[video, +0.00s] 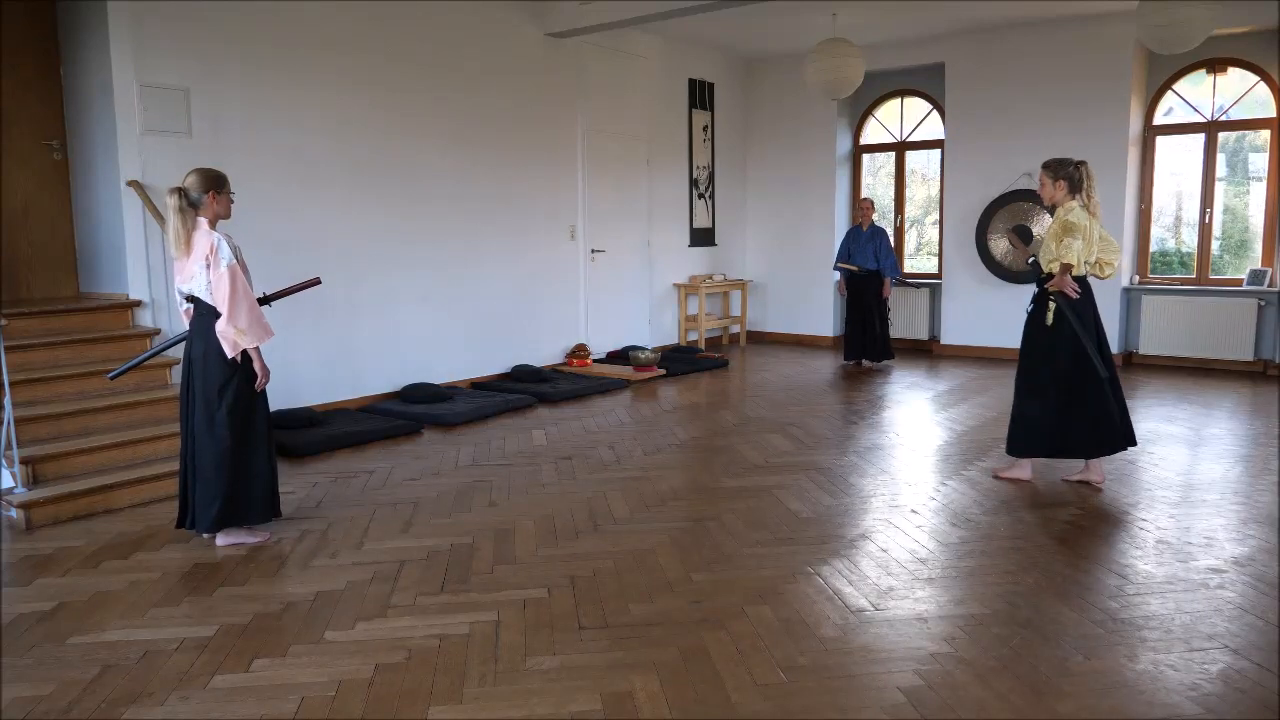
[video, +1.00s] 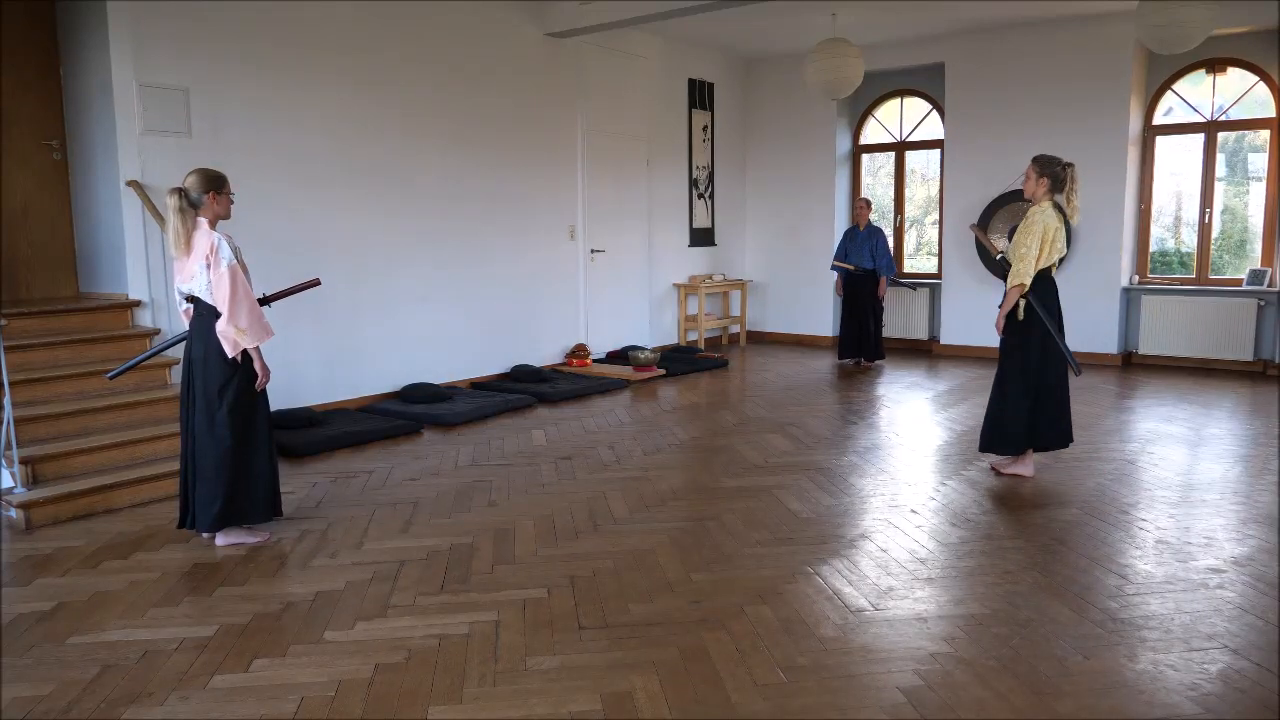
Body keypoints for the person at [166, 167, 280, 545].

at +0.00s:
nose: (232, 201)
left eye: (231, 194)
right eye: (229, 195)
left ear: (202, 199)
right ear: (212, 198)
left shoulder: (184, 241)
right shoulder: (218, 242)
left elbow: (186, 303)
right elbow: (234, 304)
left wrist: (204, 333)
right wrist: (255, 352)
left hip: (200, 343)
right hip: (225, 344)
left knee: (211, 432)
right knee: (232, 433)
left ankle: (216, 521)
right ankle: (231, 526)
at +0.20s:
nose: (233, 201)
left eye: (231, 194)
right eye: (229, 194)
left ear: (203, 199)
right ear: (212, 198)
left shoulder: (185, 241)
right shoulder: (218, 242)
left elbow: (187, 303)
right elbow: (235, 304)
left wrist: (204, 333)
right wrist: (256, 352)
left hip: (200, 343)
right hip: (225, 345)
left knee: (210, 432)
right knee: (232, 433)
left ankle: (215, 521)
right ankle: (230, 526)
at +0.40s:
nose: (233, 201)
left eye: (231, 195)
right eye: (229, 195)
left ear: (203, 199)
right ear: (212, 199)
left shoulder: (184, 242)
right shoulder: (219, 243)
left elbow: (186, 305)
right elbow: (235, 305)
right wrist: (256, 352)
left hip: (200, 344)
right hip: (225, 345)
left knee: (210, 432)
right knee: (232, 433)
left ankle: (214, 521)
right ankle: (230, 526)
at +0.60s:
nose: (233, 201)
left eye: (231, 194)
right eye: (229, 194)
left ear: (203, 199)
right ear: (212, 198)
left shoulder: (185, 242)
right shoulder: (218, 242)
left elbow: (186, 304)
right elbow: (235, 304)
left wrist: (209, 330)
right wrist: (255, 352)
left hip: (200, 344)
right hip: (225, 345)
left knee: (210, 432)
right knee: (233, 433)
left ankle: (212, 522)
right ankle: (231, 526)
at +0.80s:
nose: (233, 201)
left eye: (231, 195)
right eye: (229, 195)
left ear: (203, 199)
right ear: (212, 199)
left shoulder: (184, 242)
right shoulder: (219, 243)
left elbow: (186, 305)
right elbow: (235, 304)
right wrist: (256, 352)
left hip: (200, 344)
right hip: (225, 345)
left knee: (209, 432)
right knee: (232, 433)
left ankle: (212, 521)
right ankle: (230, 526)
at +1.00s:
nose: (232, 202)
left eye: (231, 195)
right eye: (229, 196)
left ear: (203, 199)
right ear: (212, 199)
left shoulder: (184, 241)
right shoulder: (218, 242)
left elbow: (186, 304)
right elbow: (234, 304)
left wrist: (207, 331)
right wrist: (255, 352)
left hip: (200, 344)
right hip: (225, 345)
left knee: (209, 432)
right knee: (232, 433)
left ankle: (212, 521)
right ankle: (230, 526)